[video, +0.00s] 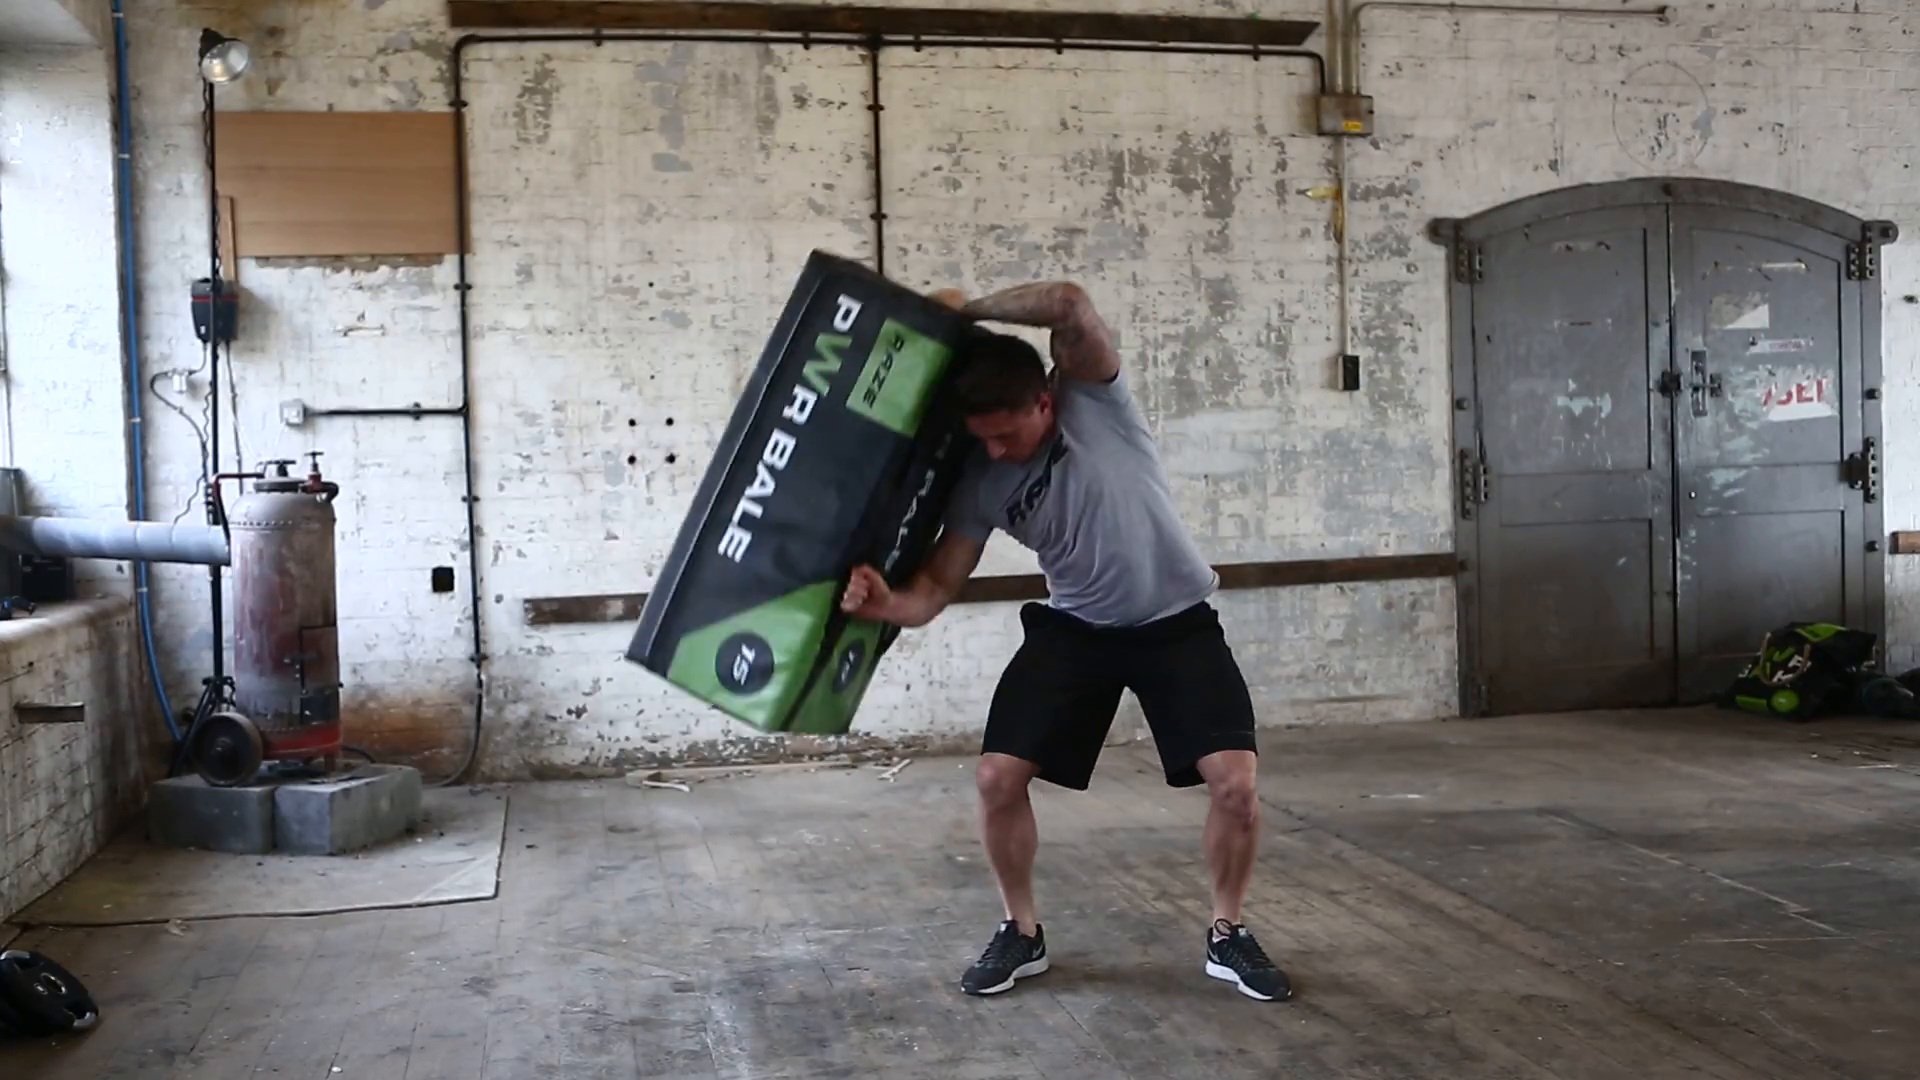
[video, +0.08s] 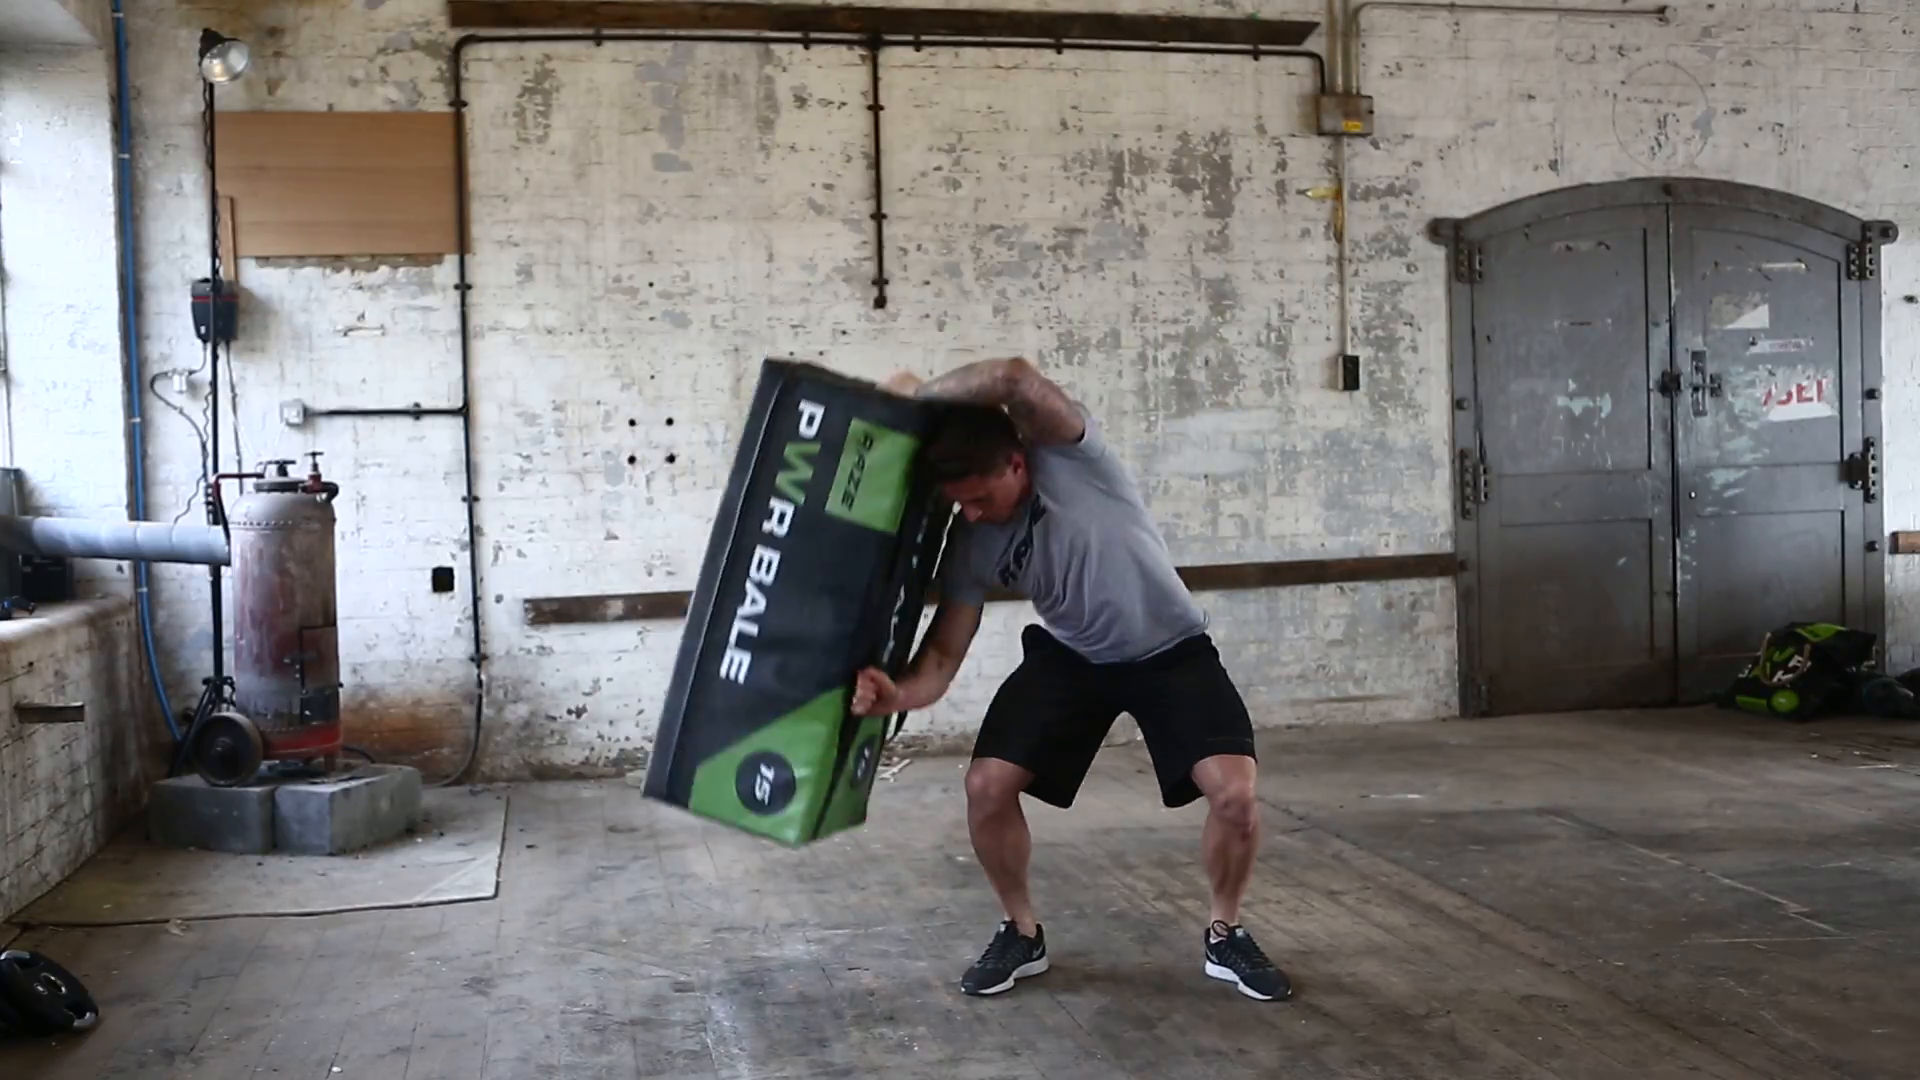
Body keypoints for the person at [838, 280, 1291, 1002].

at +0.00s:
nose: (995, 450)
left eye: (1006, 433)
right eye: (982, 439)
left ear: (1042, 400)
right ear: (966, 424)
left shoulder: (1093, 398)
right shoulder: (984, 484)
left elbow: (1069, 304)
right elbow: (930, 591)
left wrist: (974, 305)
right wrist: (884, 603)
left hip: (1176, 620)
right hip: (1074, 628)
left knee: (1237, 786)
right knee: (997, 777)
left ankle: (1228, 933)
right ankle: (1021, 931)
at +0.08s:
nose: (972, 515)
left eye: (980, 498)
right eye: (959, 505)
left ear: (1015, 464)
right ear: (948, 491)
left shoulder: (1074, 456)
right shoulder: (975, 543)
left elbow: (1012, 377)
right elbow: (940, 655)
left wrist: (921, 395)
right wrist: (898, 696)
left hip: (1170, 647)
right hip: (1068, 655)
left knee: (1236, 794)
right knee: (987, 788)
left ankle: (1225, 933)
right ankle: (1022, 932)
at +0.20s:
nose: (941, 614)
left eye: (947, 597)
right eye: (930, 603)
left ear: (983, 564)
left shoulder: (1041, 528)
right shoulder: (962, 636)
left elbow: (945, 529)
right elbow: (953, 744)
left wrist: (858, 555)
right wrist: (921, 852)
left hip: (1165, 687)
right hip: (1067, 698)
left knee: (1231, 805)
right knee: (982, 793)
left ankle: (1223, 936)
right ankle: (1023, 935)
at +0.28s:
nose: (932, 658)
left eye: (933, 641)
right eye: (919, 650)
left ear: (963, 604)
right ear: (916, 650)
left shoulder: (1035, 570)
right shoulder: (956, 668)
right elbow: (949, 770)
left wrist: (844, 580)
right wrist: (917, 876)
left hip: (1165, 706)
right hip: (1068, 720)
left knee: (1226, 808)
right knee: (981, 797)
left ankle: (1223, 939)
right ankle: (1023, 936)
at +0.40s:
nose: (966, 671)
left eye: (964, 658)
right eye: (952, 669)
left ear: (976, 611)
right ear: (937, 660)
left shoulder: (1047, 568)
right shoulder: (952, 665)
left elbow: (969, 594)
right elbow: (937, 767)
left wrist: (856, 584)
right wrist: (895, 871)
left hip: (1156, 718)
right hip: (1056, 729)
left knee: (1217, 810)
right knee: (966, 800)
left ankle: (1219, 938)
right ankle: (1024, 934)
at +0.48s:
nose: (989, 672)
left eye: (989, 657)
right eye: (974, 669)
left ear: (1001, 613)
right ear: (946, 657)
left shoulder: (1052, 561)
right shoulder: (955, 671)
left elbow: (977, 568)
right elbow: (933, 767)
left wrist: (873, 590)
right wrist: (896, 866)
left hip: (1156, 711)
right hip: (1056, 723)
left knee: (1220, 807)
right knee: (977, 807)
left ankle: (1221, 938)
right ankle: (1025, 935)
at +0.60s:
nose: (995, 696)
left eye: (1000, 681)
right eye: (978, 692)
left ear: (1014, 634)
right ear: (946, 669)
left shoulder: (1056, 567)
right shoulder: (958, 677)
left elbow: (981, 579)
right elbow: (936, 768)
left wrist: (882, 582)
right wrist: (898, 858)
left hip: (1160, 706)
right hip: (1058, 719)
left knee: (1235, 797)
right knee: (982, 804)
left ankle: (1224, 935)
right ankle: (1025, 934)